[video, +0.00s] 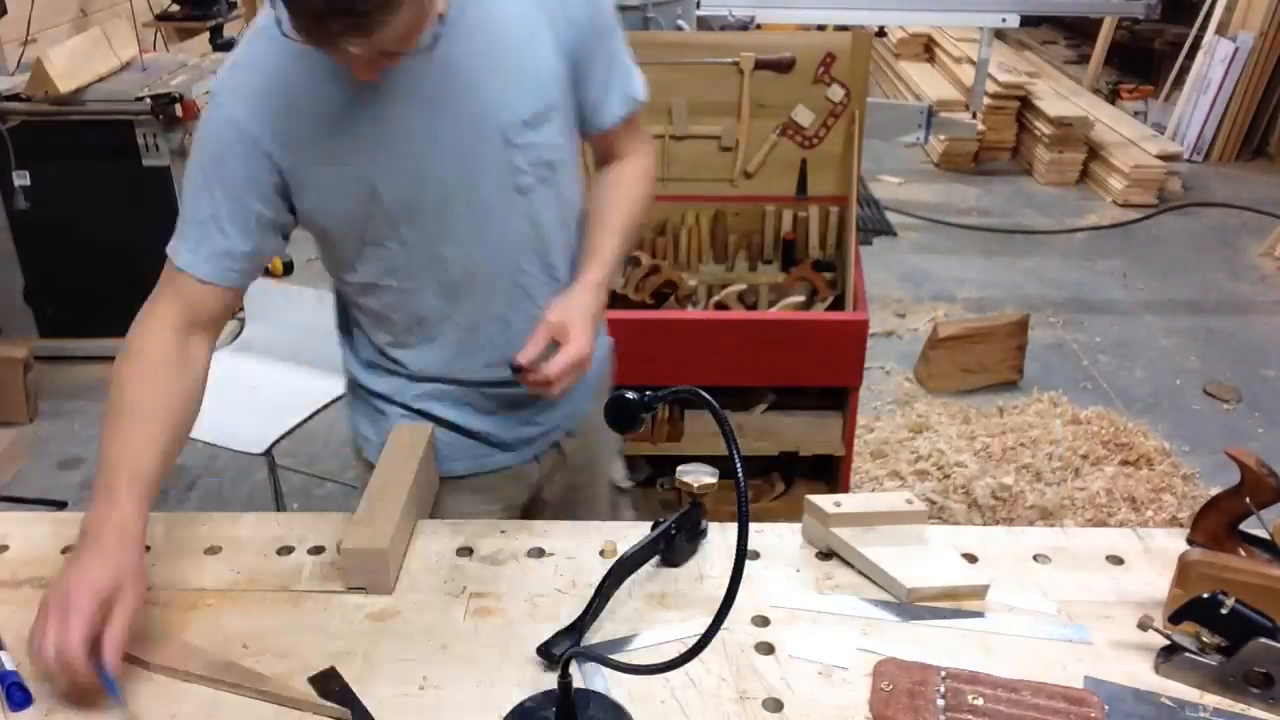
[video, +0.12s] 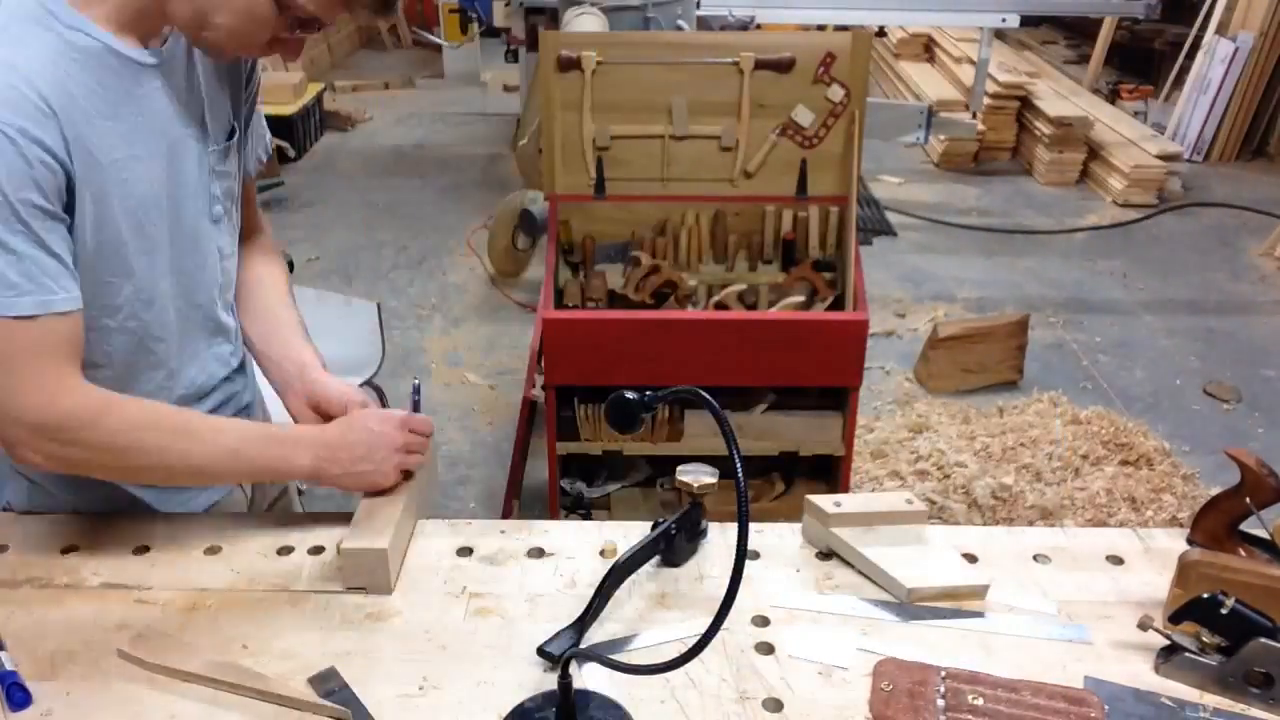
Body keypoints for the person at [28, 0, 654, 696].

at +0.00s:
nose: (360, 67)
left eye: (383, 44)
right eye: (332, 48)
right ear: (296, 17)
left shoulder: (558, 13)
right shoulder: (260, 95)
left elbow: (629, 149)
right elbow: (180, 322)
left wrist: (590, 289)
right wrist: (110, 535)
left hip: (572, 412)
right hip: (422, 442)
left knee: (605, 639)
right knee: (442, 675)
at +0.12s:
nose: (292, 54)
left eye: (312, 33)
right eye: (298, 22)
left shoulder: (217, 45)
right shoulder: (18, 98)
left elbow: (248, 238)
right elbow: (37, 420)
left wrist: (304, 382)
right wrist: (312, 454)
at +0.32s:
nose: (267, 345)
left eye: (224, 336)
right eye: (231, 347)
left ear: (196, 256)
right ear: (206, 228)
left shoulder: (427, 212)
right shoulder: (405, 133)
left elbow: (629, 463)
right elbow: (600, 269)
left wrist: (388, 510)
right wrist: (460, 368)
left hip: (739, 460)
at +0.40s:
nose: (303, 324)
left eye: (260, 309)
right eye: (267, 321)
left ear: (245, 222)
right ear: (253, 201)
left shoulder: (466, 219)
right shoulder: (458, 115)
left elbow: (606, 503)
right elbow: (596, 281)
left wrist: (400, 483)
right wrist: (475, 380)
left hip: (756, 469)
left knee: (719, 697)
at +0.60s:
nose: (584, 3)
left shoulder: (757, 25)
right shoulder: (446, 12)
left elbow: (801, 264)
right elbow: (367, 230)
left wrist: (681, 256)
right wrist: (445, 222)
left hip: (668, 486)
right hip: (493, 478)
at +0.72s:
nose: (372, 327)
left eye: (391, 312)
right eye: (360, 322)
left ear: (435, 172)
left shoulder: (537, 123)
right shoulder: (261, 166)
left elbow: (601, 286)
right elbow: (289, 322)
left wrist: (472, 395)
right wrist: (317, 435)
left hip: (546, 360)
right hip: (404, 370)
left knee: (580, 585)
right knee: (417, 590)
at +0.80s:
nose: (399, 330)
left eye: (415, 310)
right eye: (383, 327)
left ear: (450, 184)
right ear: (284, 221)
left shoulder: (540, 138)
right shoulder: (257, 175)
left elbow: (582, 298)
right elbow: (282, 334)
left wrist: (464, 396)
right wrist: (323, 436)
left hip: (544, 342)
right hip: (408, 360)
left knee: (574, 570)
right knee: (413, 572)